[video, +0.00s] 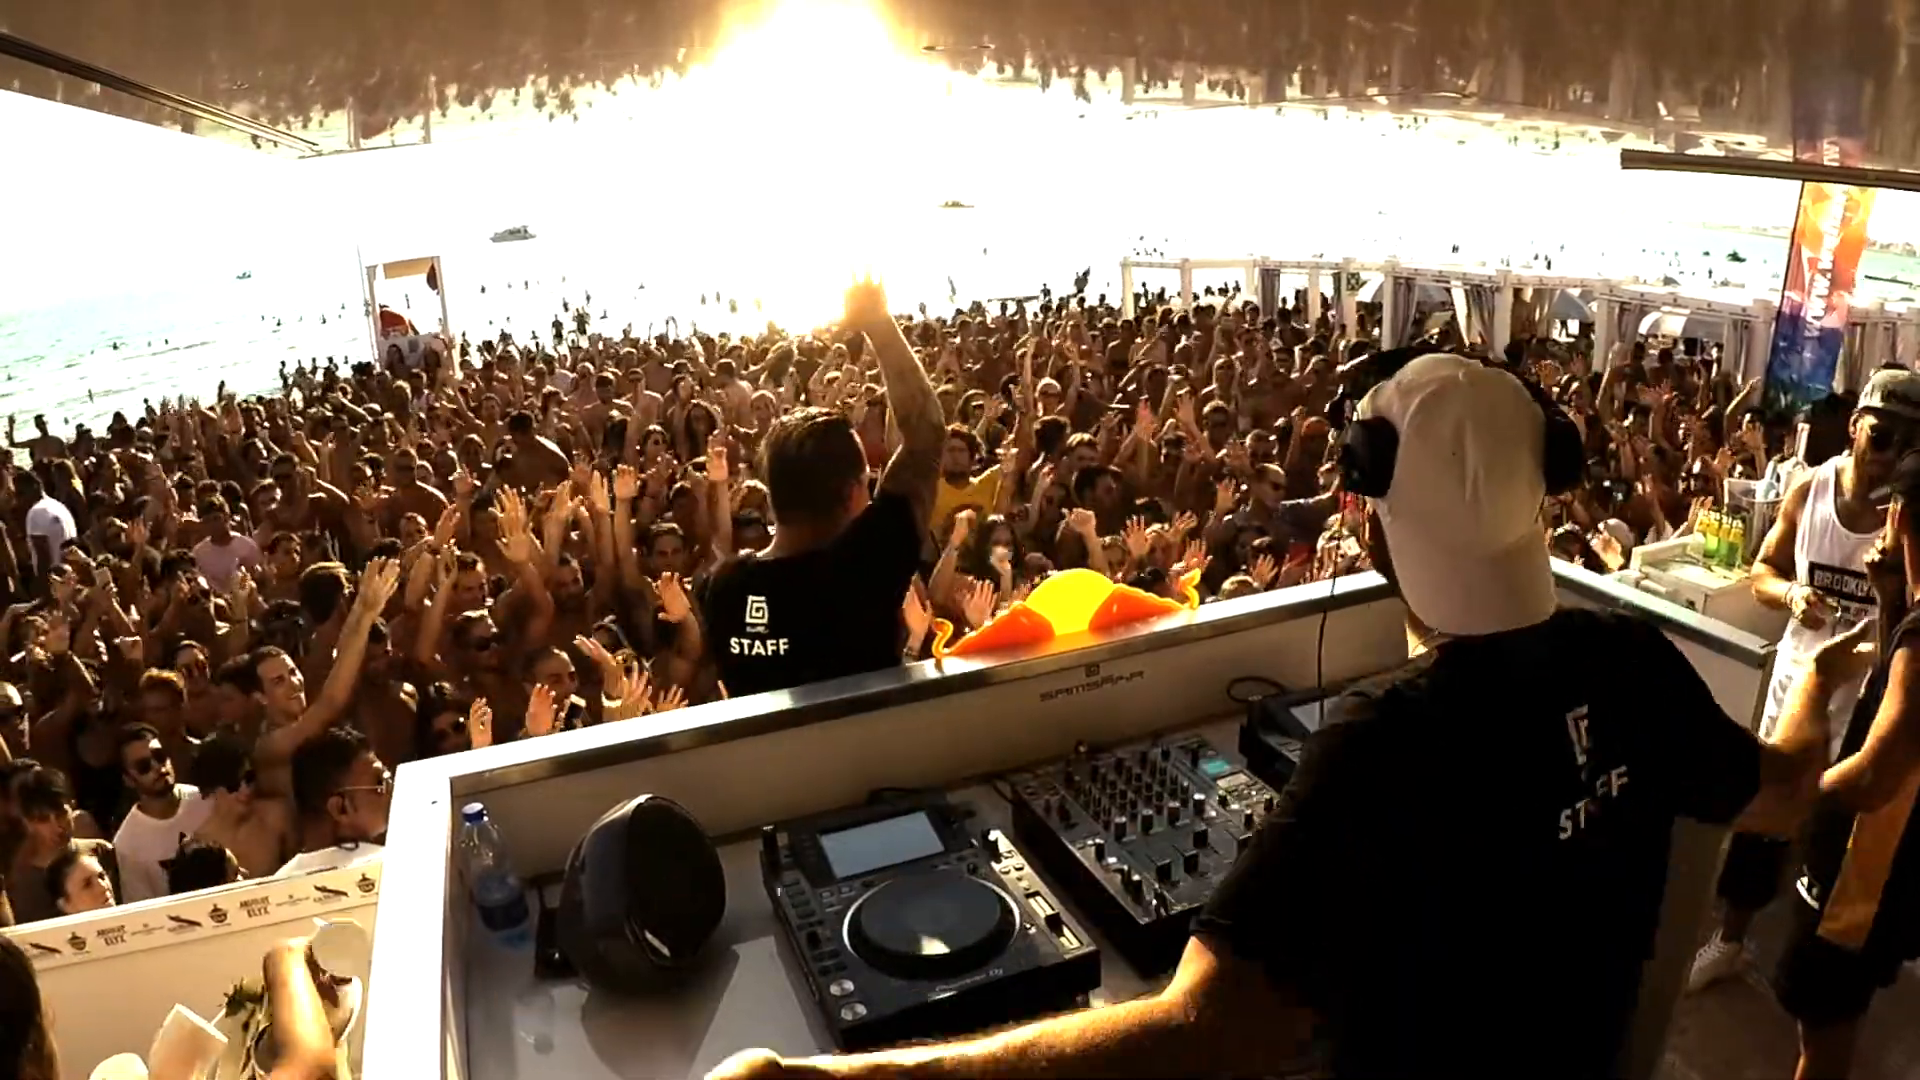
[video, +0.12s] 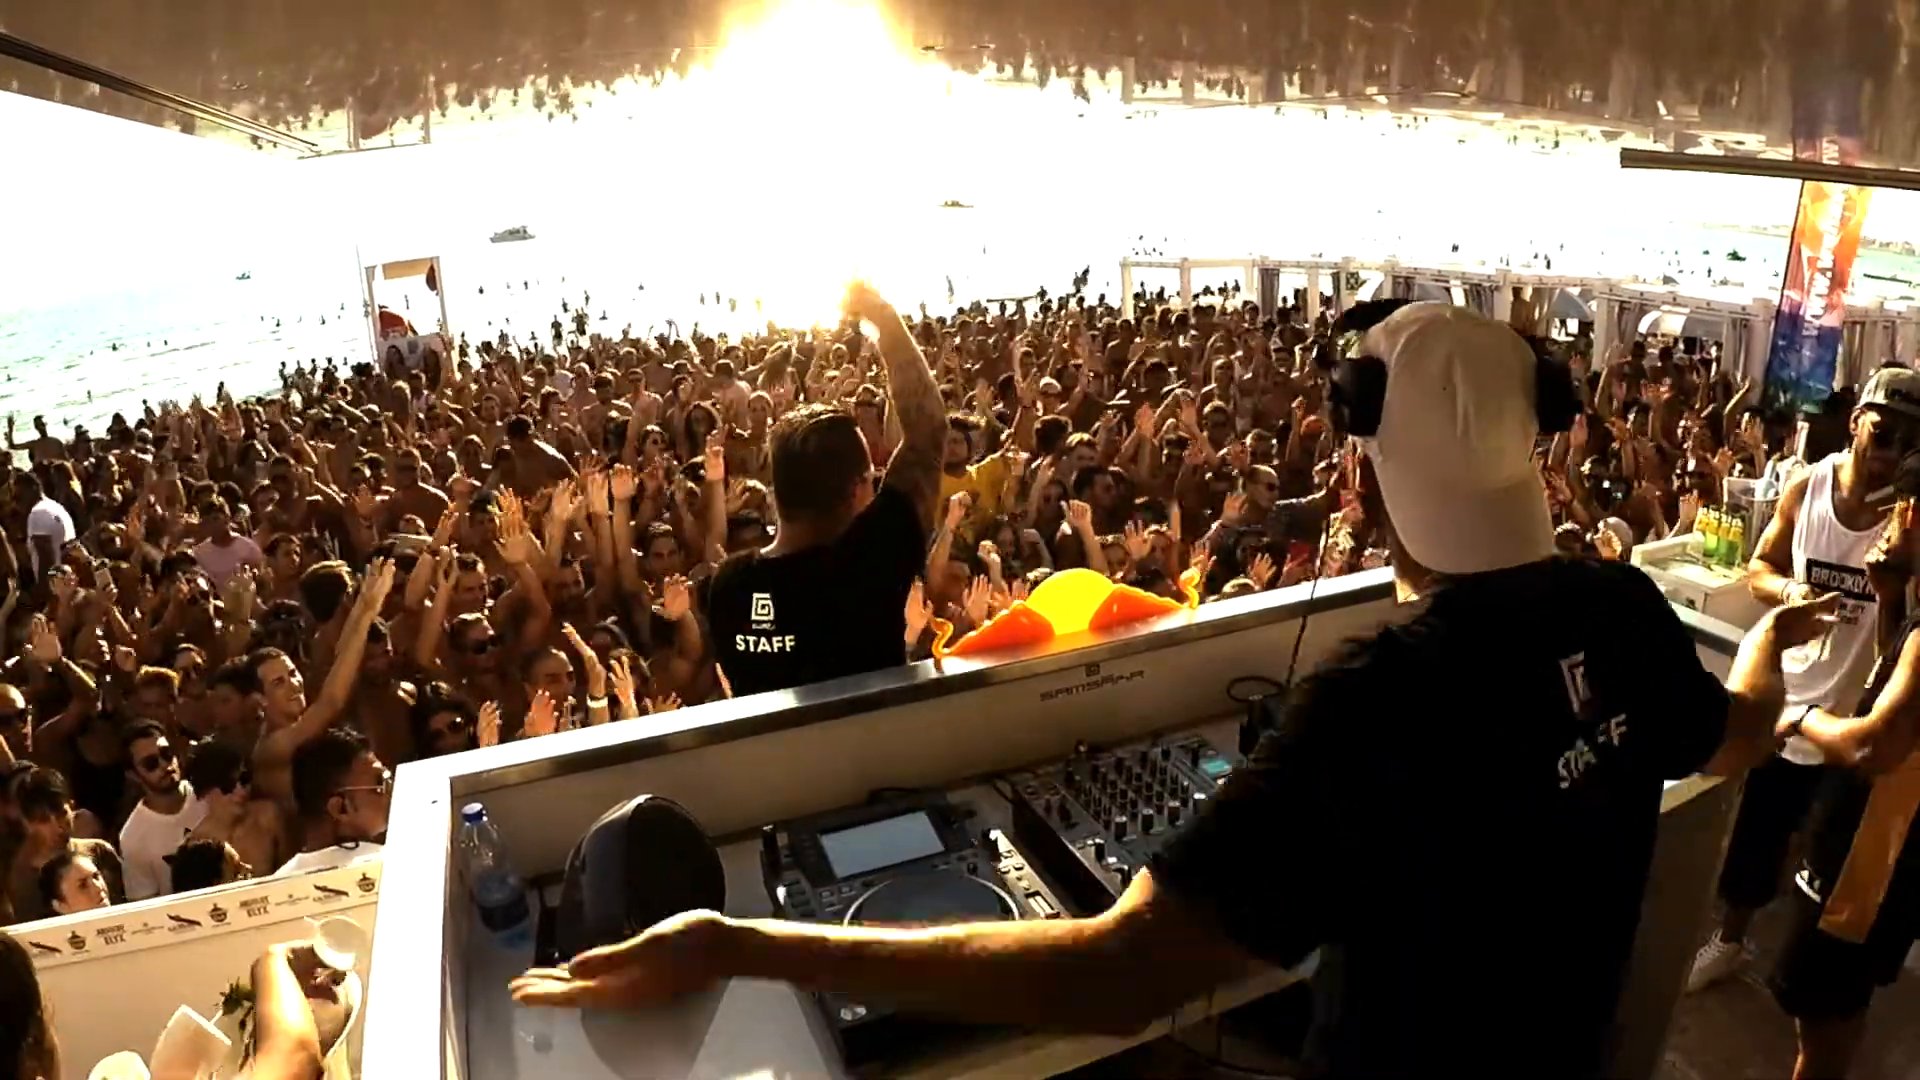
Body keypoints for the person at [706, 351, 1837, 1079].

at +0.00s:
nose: (1345, 509)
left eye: (1359, 480)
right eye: (1356, 476)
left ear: (1390, 514)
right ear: (1534, 499)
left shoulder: (1377, 753)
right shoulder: (1625, 658)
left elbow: (1205, 1023)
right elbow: (1780, 804)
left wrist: (862, 1068)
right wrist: (1830, 682)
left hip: (1397, 1076)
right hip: (1585, 1057)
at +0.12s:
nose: (1349, 468)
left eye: (1360, 433)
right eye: (1356, 429)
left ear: (1402, 461)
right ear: (1534, 449)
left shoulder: (1384, 686)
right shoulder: (1625, 615)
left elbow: (1121, 970)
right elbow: (1728, 748)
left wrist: (740, 944)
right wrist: (1773, 637)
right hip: (1566, 1070)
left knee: (920, 1026)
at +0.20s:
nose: (1363, 480)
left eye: (1370, 449)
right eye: (1368, 448)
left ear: (1394, 486)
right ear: (1564, 467)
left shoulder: (1369, 725)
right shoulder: (1634, 630)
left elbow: (994, 800)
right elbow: (1587, 537)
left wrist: (770, 619)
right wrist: (1548, 425)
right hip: (1562, 1065)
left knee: (1081, 1053)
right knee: (1174, 1015)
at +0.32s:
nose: (1350, 472)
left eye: (1357, 439)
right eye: (1355, 436)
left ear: (1390, 468)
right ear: (1548, 448)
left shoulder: (1355, 696)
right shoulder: (1619, 608)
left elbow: (997, 794)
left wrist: (792, 607)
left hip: (1373, 1065)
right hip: (1551, 1049)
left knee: (1096, 1043)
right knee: (1184, 1008)